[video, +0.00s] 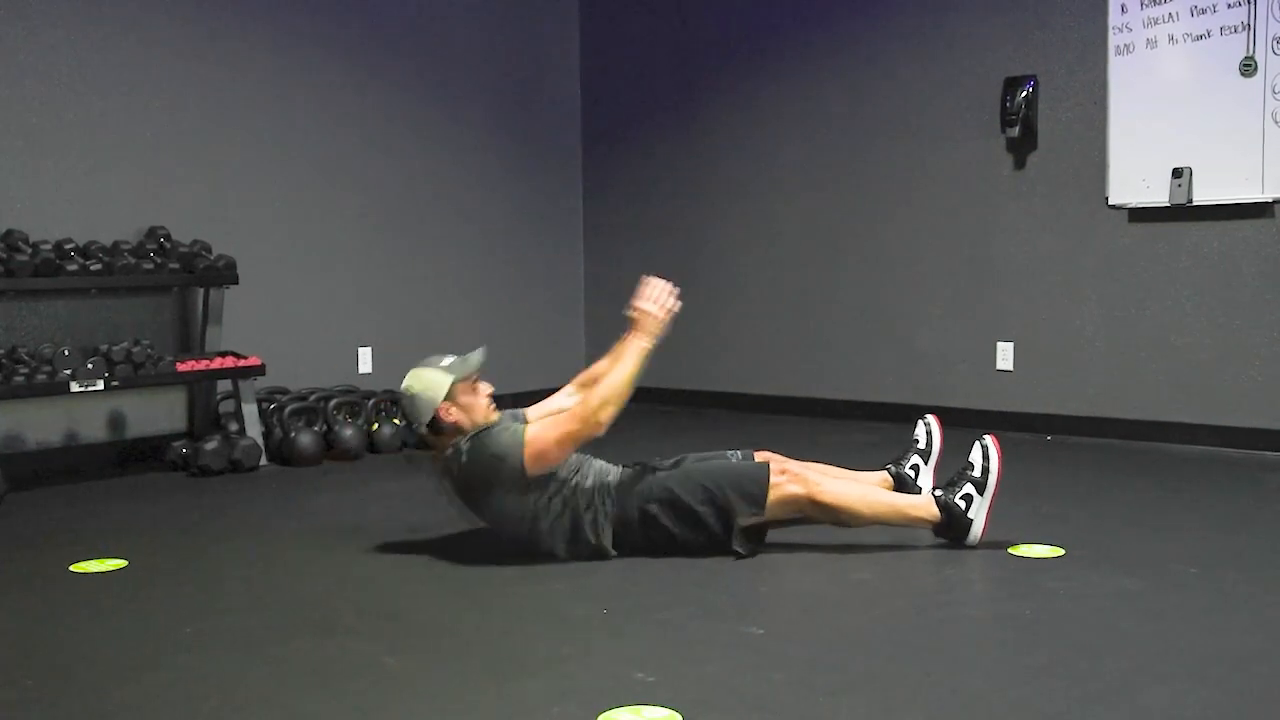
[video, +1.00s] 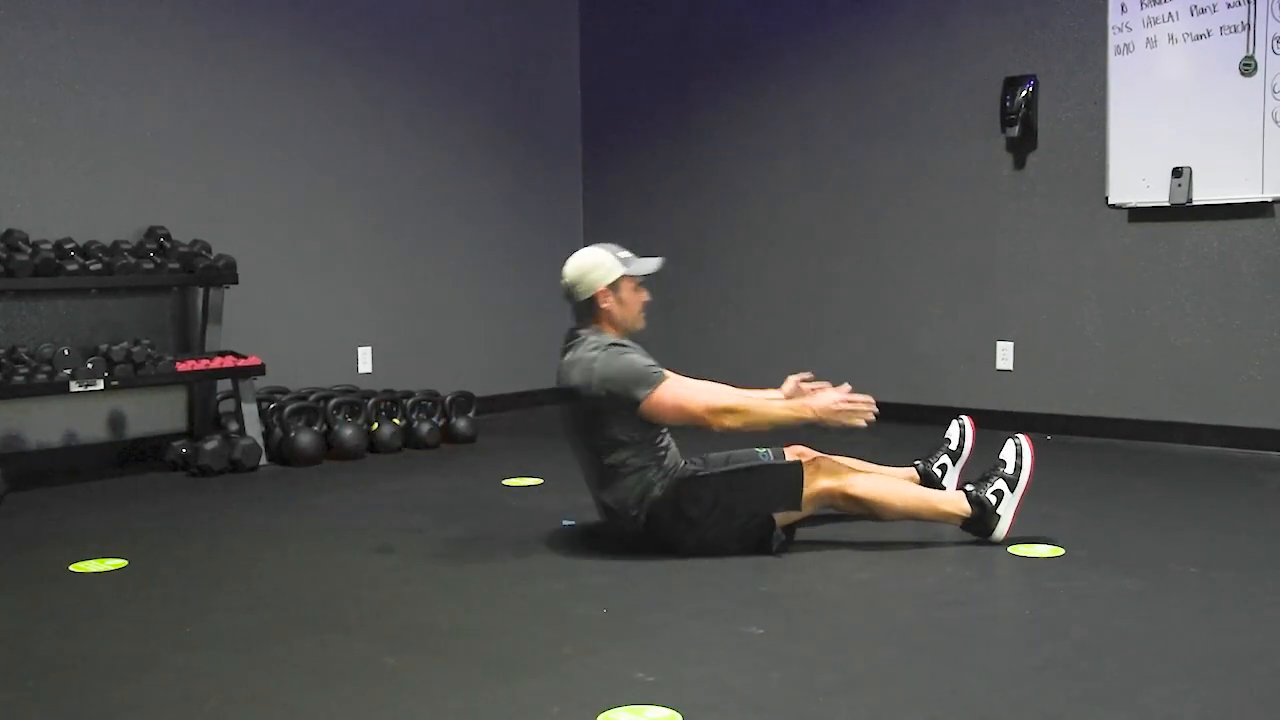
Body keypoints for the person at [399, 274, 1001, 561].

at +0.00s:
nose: (486, 388)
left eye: (478, 382)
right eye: (471, 385)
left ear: (452, 411)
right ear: (446, 414)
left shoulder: (488, 440)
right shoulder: (481, 457)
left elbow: (578, 397)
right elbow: (588, 415)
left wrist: (638, 329)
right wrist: (645, 331)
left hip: (627, 489)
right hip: (620, 512)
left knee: (769, 461)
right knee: (793, 484)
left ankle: (898, 482)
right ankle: (946, 512)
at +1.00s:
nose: (644, 295)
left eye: (639, 285)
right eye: (633, 287)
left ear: (602, 300)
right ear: (604, 300)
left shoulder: (603, 351)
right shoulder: (604, 362)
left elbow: (698, 396)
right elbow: (712, 414)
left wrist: (776, 397)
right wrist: (811, 411)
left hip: (662, 488)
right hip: (655, 507)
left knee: (807, 456)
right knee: (825, 482)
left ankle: (926, 477)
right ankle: (980, 510)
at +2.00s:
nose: (385, 481)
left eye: (381, 474)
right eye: (379, 481)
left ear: (392, 484)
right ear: (383, 504)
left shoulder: (442, 499)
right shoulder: (436, 523)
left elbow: (414, 415)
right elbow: (409, 417)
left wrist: (332, 452)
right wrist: (323, 454)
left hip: (621, 486)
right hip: (620, 512)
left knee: (767, 464)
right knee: (784, 486)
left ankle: (897, 486)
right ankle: (942, 514)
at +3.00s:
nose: (702, 285)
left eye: (699, 275)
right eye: (694, 275)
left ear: (657, 285)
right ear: (665, 284)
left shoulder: (640, 339)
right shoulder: (656, 350)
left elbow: (738, 411)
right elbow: (748, 421)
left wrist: (809, 426)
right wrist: (840, 448)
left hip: (658, 493)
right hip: (658, 508)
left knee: (826, 457)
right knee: (835, 480)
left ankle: (931, 483)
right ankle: (975, 510)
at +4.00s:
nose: (411, 453)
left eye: (398, 450)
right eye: (395, 460)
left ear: (407, 461)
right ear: (397, 488)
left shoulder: (452, 485)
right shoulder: (456, 518)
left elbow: (475, 411)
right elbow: (480, 411)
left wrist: (386, 384)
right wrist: (386, 395)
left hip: (629, 482)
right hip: (629, 510)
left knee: (771, 462)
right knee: (789, 490)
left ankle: (897, 482)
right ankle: (942, 513)